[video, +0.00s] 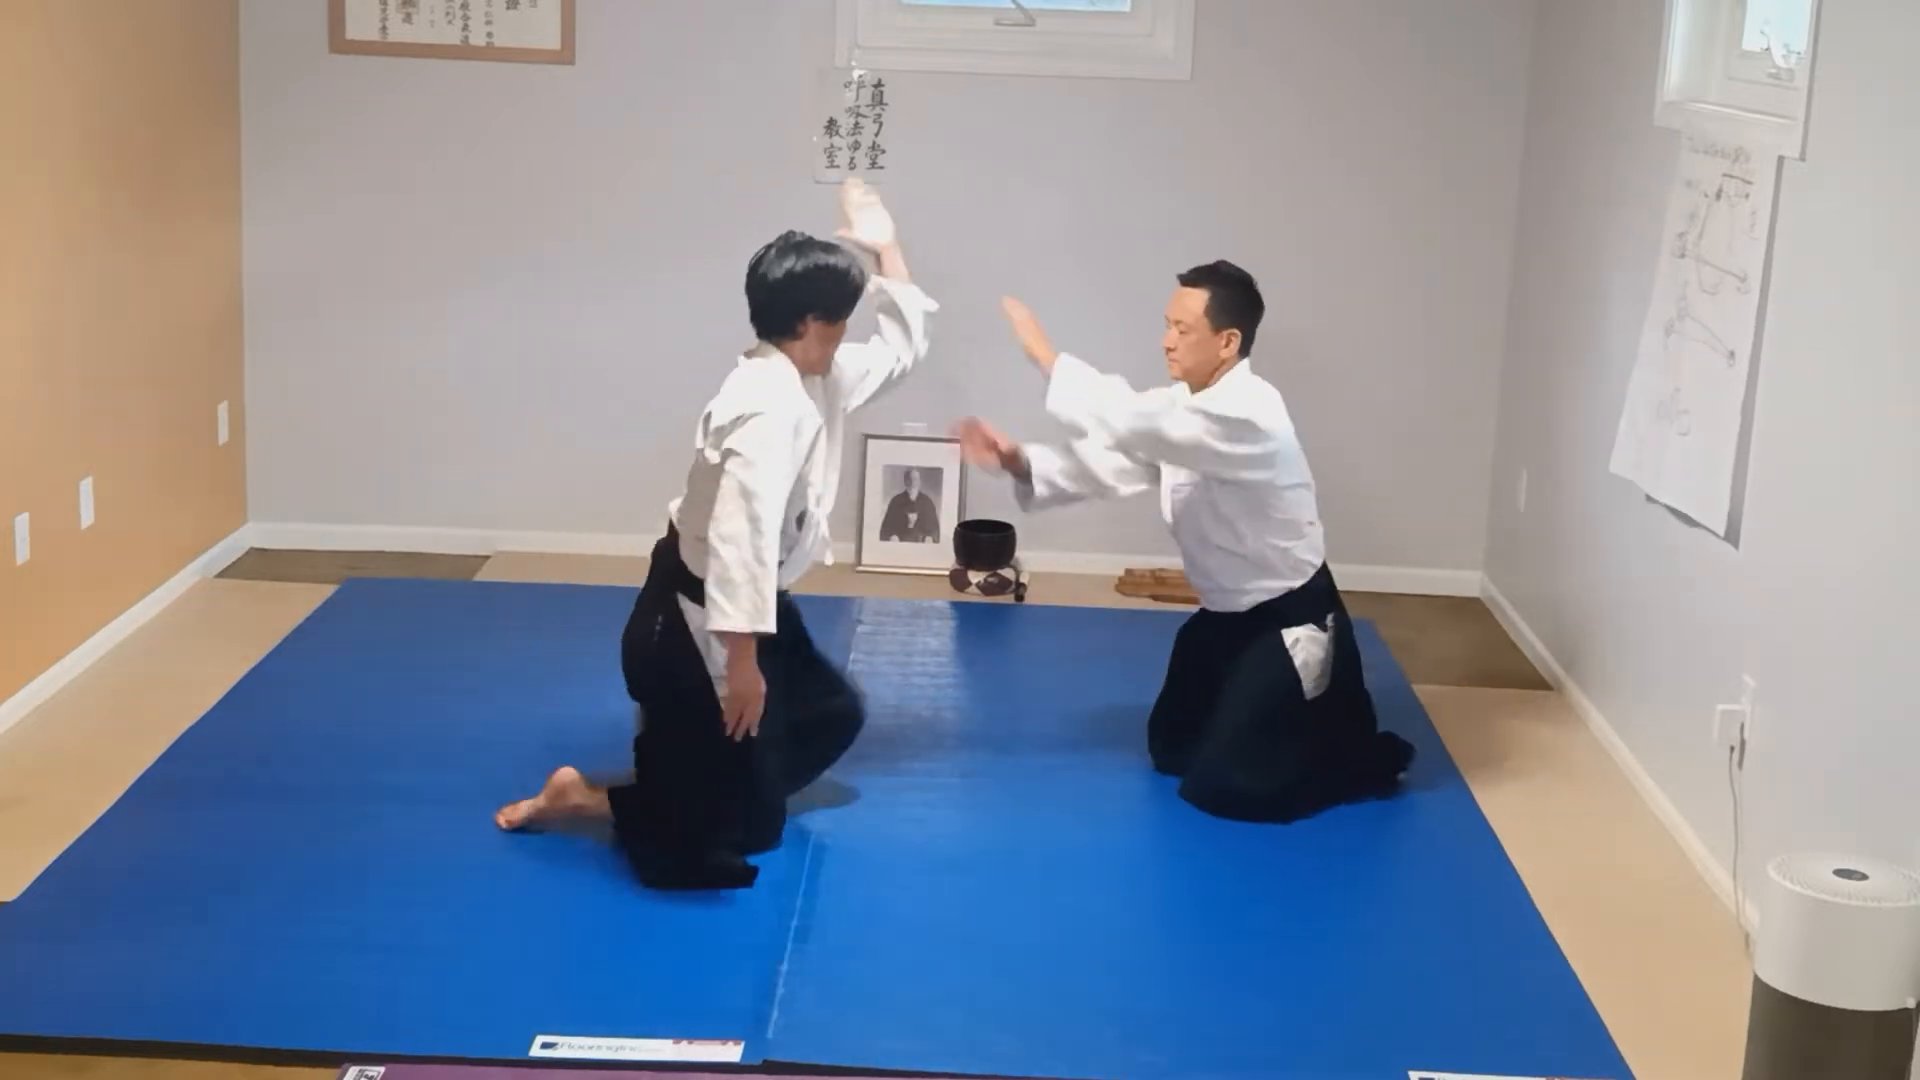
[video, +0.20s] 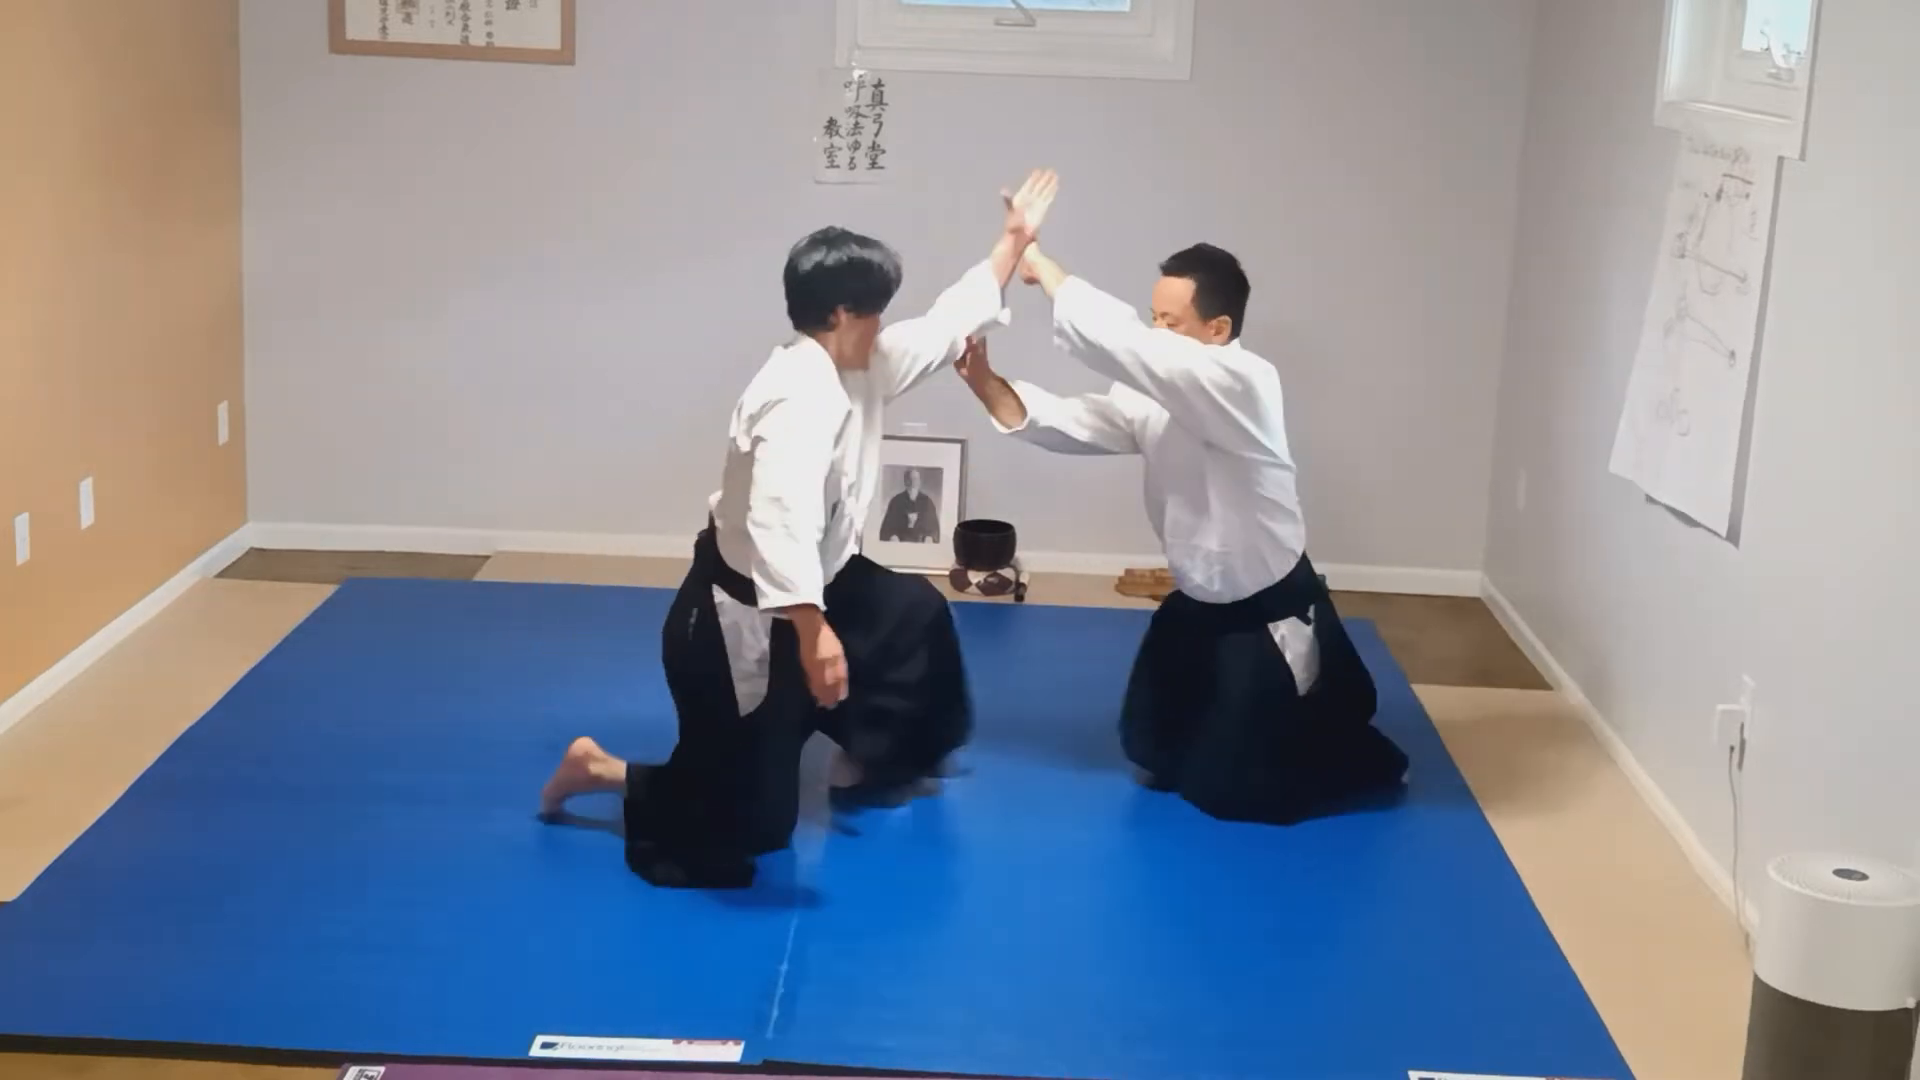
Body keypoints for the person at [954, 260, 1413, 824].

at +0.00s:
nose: (1166, 341)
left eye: (1180, 329)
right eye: (1167, 326)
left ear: (1228, 341)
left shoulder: (1248, 412)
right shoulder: (1181, 412)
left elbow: (1140, 419)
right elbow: (1107, 465)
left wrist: (1047, 357)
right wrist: (1018, 459)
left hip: (1291, 629)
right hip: (1221, 625)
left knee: (1223, 786)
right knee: (1173, 752)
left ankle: (1356, 757)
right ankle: (1311, 719)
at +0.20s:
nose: (1156, 333)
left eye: (1172, 321)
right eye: (1154, 319)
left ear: (1220, 328)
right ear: (1153, 318)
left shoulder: (1245, 384)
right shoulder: (1150, 400)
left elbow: (1140, 351)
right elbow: (1065, 419)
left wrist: (1038, 266)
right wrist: (987, 383)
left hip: (1271, 619)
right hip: (1193, 613)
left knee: (1229, 791)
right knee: (1152, 756)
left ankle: (1356, 758)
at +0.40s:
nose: (1116, 324)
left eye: (1128, 311)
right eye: (1112, 311)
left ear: (1170, 308)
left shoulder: (1222, 368)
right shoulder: (1120, 393)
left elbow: (1108, 334)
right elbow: (1046, 426)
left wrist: (1031, 237)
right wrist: (979, 360)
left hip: (1245, 612)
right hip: (1147, 600)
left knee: (1245, 801)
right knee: (1051, 657)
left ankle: (1349, 747)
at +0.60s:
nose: (1062, 329)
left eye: (1072, 313)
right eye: (1058, 315)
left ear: (1108, 312)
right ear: (1051, 321)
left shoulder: (1173, 377)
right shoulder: (1049, 400)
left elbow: (1093, 394)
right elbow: (948, 387)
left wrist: (1008, 305)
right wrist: (952, 300)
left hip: (1204, 639)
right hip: (1097, 638)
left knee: (1240, 808)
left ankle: (1291, 728)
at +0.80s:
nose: (1016, 393)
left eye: (1029, 378)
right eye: (1005, 377)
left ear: (1073, 362)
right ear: (996, 364)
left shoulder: (1120, 428)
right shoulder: (999, 413)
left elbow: (1070, 514)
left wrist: (983, 476)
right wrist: (945, 464)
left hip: (1143, 640)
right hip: (1053, 630)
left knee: (1158, 783)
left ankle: (1203, 737)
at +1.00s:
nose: (1010, 414)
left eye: (1026, 400)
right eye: (999, 397)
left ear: (1066, 384)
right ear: (989, 377)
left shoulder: (1119, 455)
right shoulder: (960, 431)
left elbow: (1119, 572)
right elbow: (918, 533)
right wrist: (919, 487)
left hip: (1102, 635)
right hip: (994, 629)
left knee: (1156, 779)